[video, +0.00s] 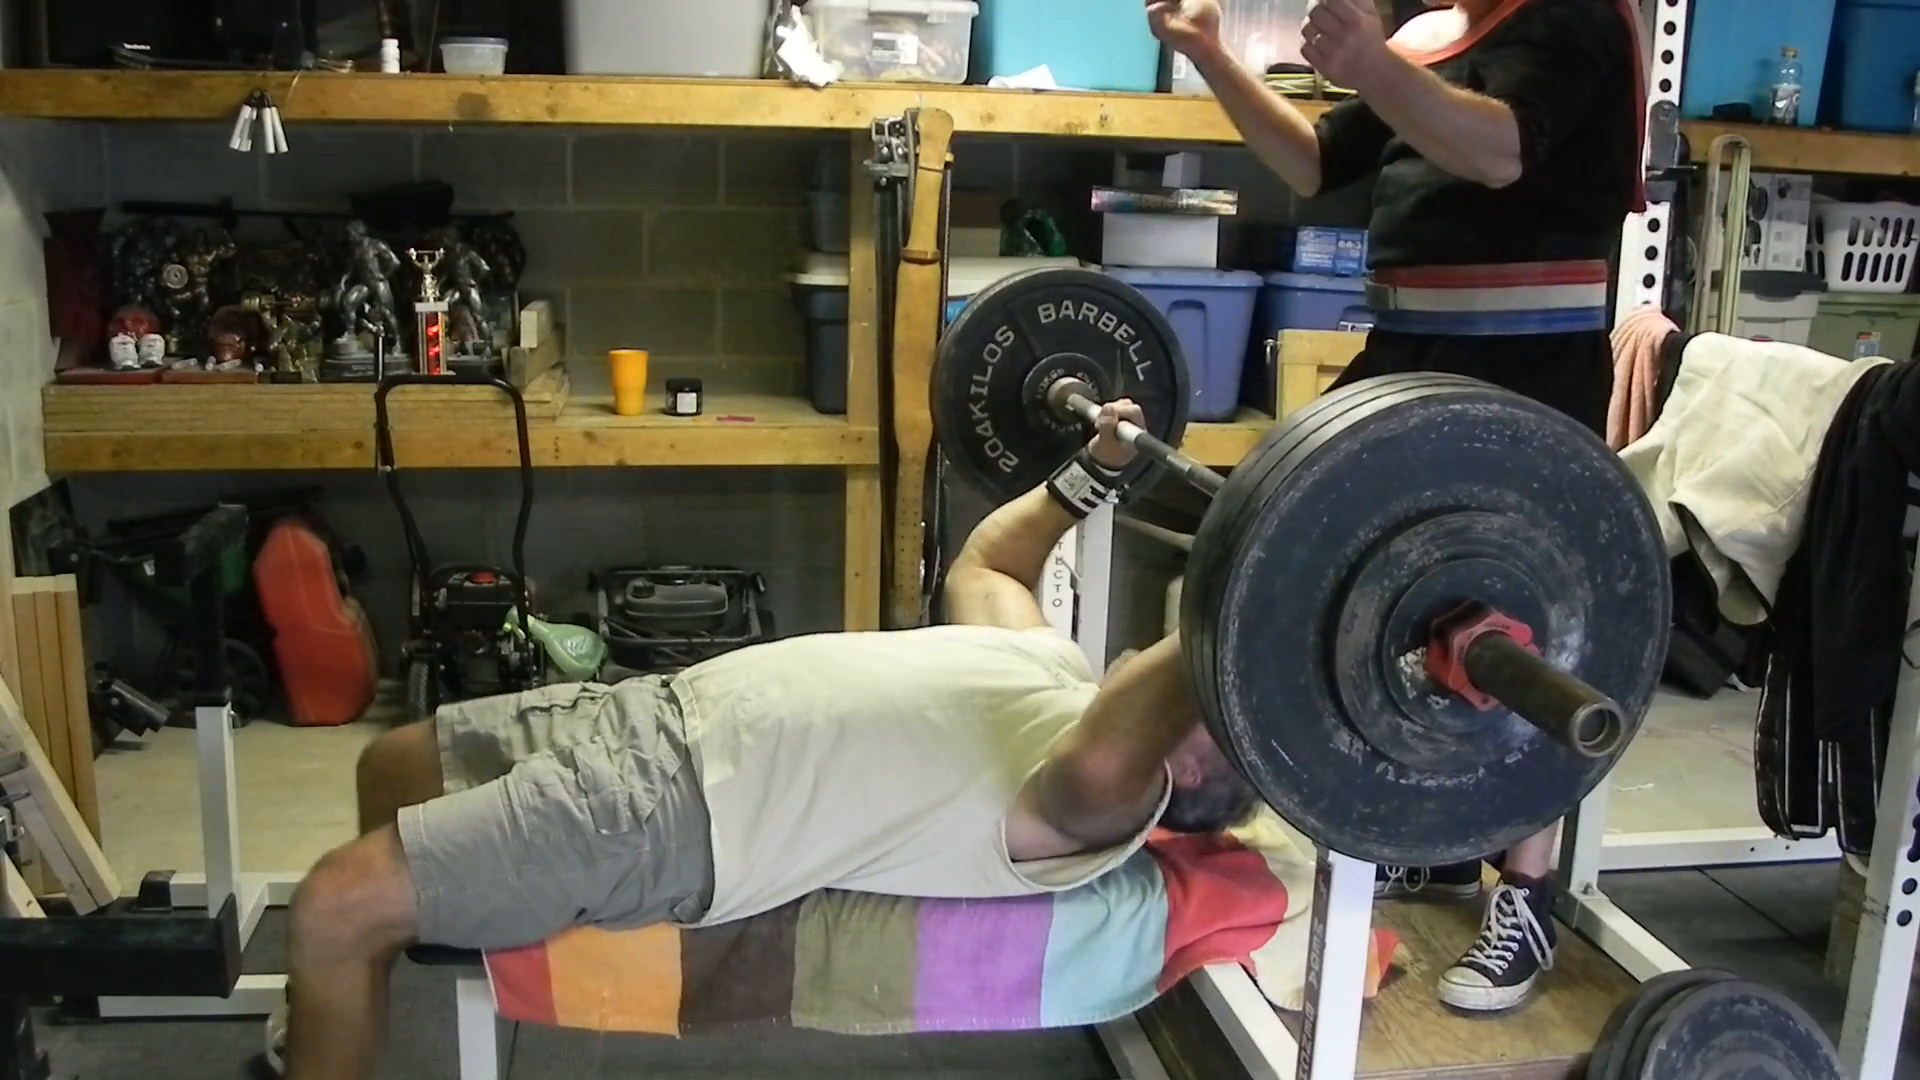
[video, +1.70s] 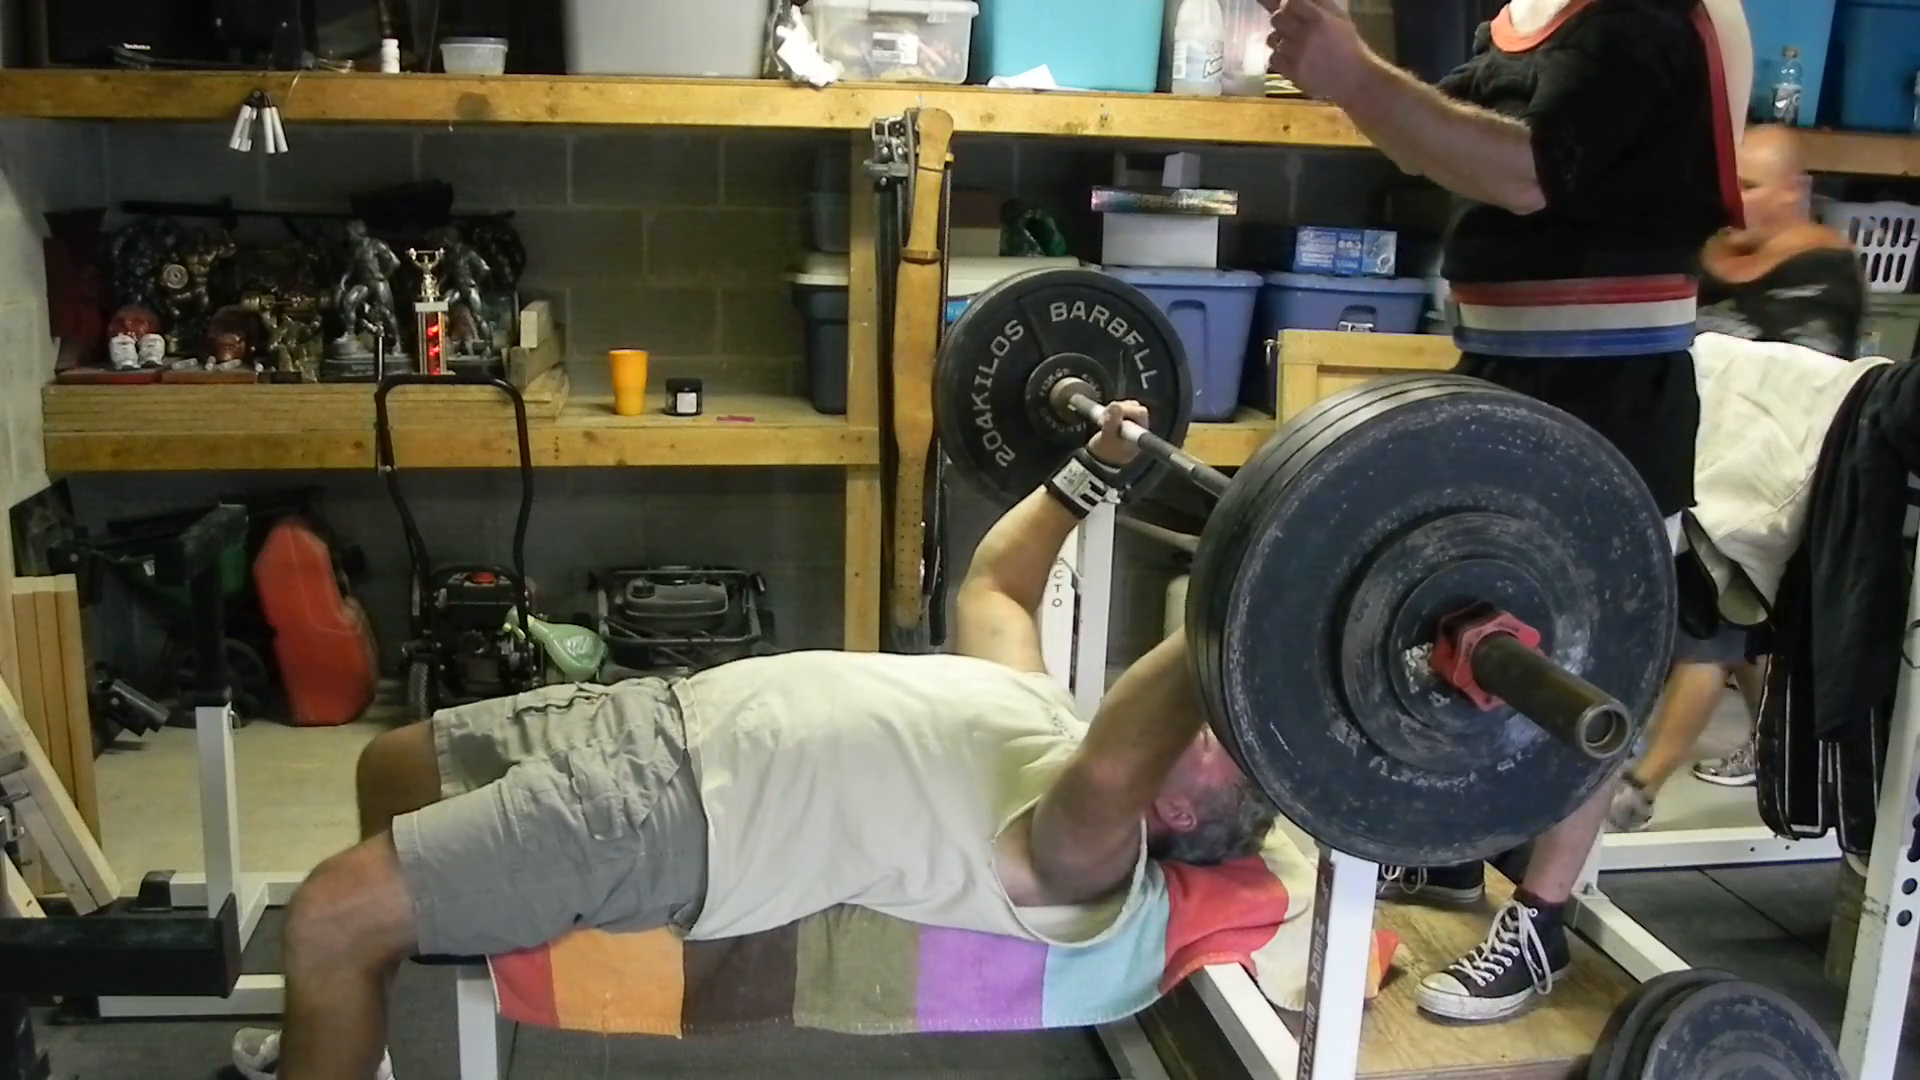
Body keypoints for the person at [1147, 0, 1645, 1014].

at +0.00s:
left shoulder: (1576, 18)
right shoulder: (1428, 38)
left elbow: (1503, 148)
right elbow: (1314, 164)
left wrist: (1372, 64)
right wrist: (1210, 54)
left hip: (1536, 374)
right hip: (1405, 363)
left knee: (1528, 630)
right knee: (1392, 608)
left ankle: (1528, 891)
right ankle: (1431, 831)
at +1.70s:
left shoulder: (1648, 19)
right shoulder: (1528, 17)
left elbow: (1528, 168)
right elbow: (1468, 142)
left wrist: (1355, 76)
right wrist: (1344, 71)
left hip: (1612, 380)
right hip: (1502, 369)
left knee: (1590, 655)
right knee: (1464, 616)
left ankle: (1540, 915)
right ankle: (1446, 845)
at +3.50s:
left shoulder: (1584, 32)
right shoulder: (1469, 34)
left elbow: (1491, 193)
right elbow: (1373, 129)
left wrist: (1305, 228)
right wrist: (1225, 98)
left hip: (1553, 385)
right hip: (1436, 370)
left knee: (1554, 650)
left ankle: (1535, 918)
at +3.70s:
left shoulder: (1511, 26)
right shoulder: (1395, 30)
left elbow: (1467, 214)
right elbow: (1306, 166)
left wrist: (1353, 377)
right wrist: (1170, 239)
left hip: (1518, 374)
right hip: (1413, 370)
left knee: (1526, 637)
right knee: (1366, 611)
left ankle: (1530, 916)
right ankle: (1332, 817)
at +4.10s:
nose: (1172, 13)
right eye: (1170, 6)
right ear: (1223, 1)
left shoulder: (1378, 33)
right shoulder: (1243, 85)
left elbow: (1393, 225)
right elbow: (1204, 234)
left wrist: (1340, 407)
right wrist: (1154, 385)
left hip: (1462, 339)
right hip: (1346, 351)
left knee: (1464, 619)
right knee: (1324, 603)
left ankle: (1468, 888)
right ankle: (1335, 856)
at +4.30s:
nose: (1151, 19)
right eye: (1143, 6)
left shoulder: (1363, 27)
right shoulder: (1202, 62)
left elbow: (1386, 200)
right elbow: (1185, 229)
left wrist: (1330, 356)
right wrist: (1150, 390)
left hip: (1447, 334)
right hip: (1313, 346)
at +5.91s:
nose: (1102, 37)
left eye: (1107, 15)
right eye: (1090, 25)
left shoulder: (1324, 44)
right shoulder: (1179, 68)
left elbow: (1353, 290)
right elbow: (1166, 228)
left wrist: (1319, 486)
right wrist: (1140, 392)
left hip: (1414, 345)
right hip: (1289, 346)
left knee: (1322, 605)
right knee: (1235, 583)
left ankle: (1259, 890)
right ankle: (1201, 818)